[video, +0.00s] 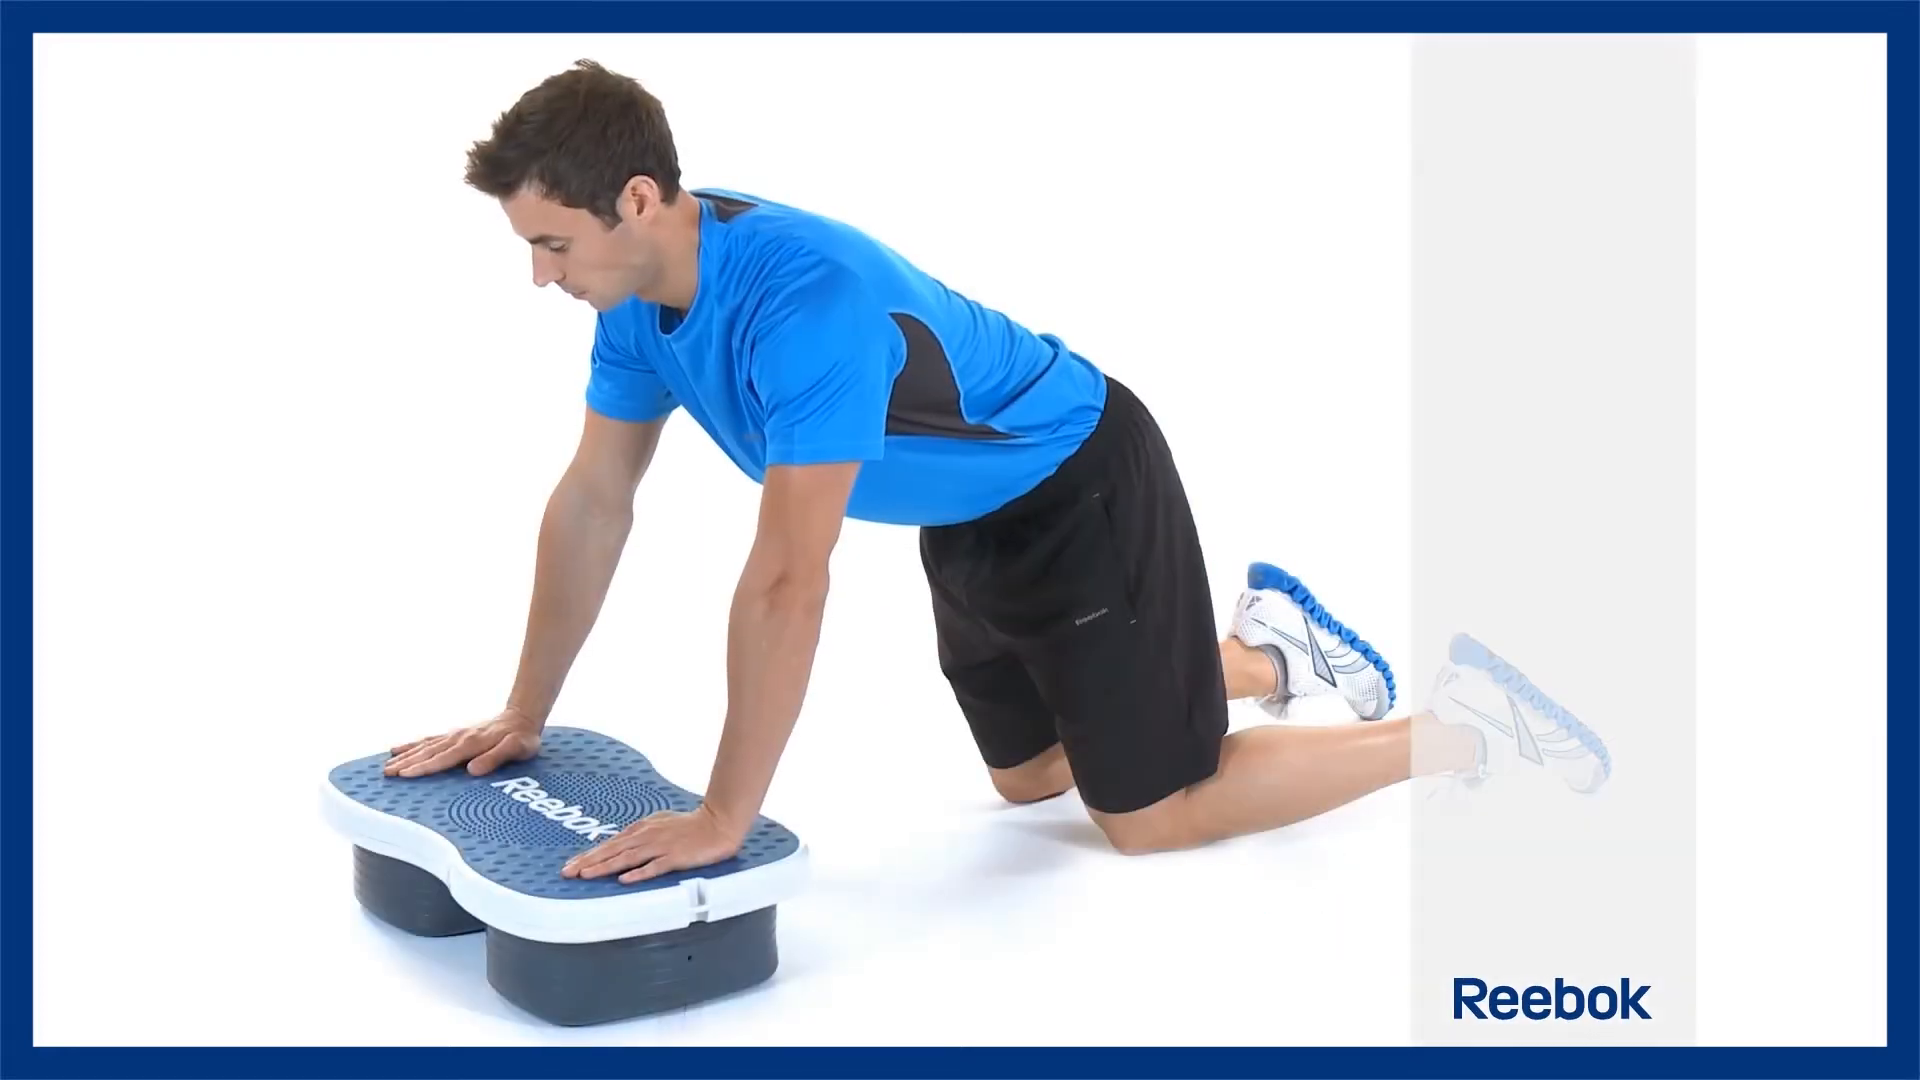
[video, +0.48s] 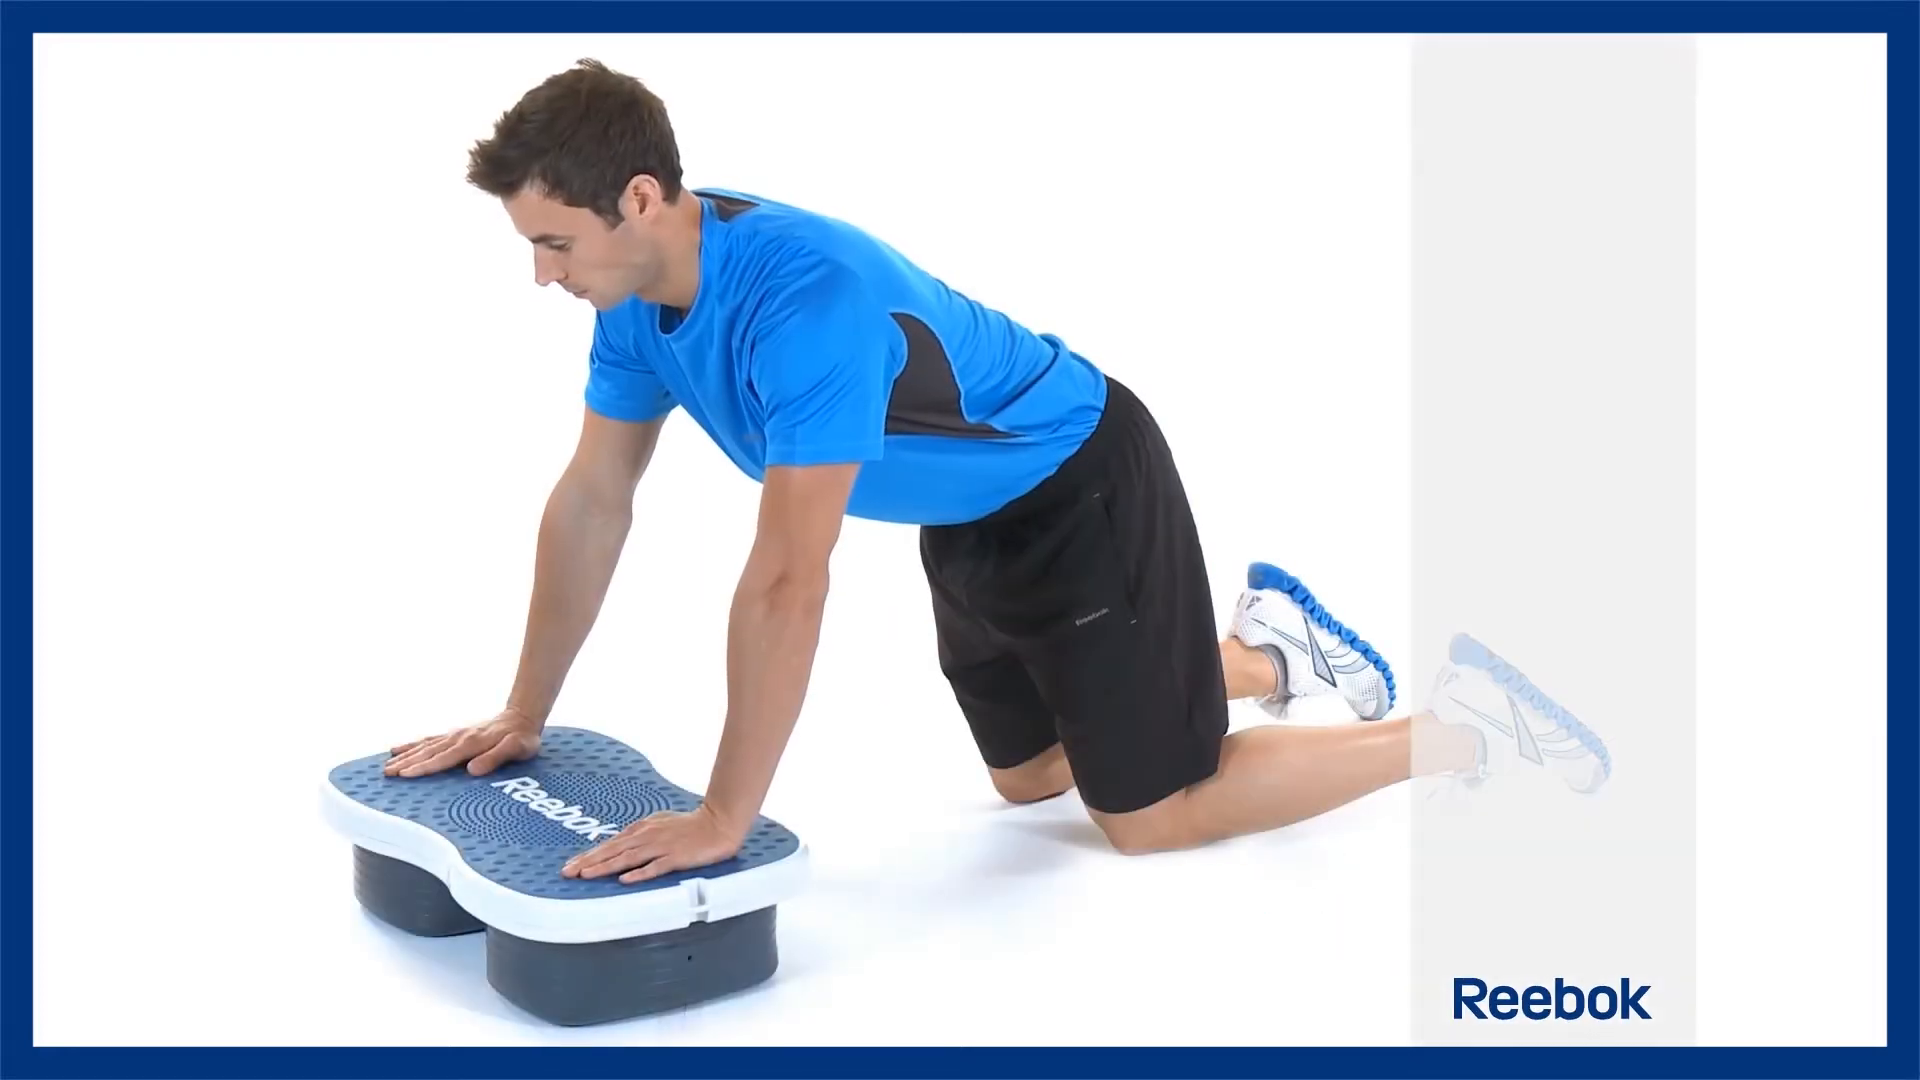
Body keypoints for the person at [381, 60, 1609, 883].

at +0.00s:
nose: (539, 275)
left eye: (550, 245)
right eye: (527, 249)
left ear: (641, 201)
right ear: (611, 213)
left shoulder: (804, 302)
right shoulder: (636, 310)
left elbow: (787, 583)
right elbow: (590, 510)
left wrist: (727, 814)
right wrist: (526, 715)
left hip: (1077, 477)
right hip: (958, 517)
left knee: (1154, 808)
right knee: (1039, 778)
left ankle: (1450, 733)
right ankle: (1263, 659)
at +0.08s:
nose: (540, 273)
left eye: (550, 243)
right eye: (528, 247)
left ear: (641, 200)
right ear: (611, 213)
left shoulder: (804, 302)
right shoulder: (636, 310)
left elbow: (788, 583)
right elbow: (590, 509)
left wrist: (727, 814)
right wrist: (525, 715)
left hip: (1077, 477)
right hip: (958, 516)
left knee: (1154, 807)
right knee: (1039, 777)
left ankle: (1449, 734)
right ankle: (1262, 659)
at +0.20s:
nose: (539, 271)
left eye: (550, 241)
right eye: (528, 245)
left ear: (641, 199)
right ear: (611, 212)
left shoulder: (802, 302)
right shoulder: (636, 310)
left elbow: (787, 584)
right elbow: (590, 509)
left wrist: (726, 815)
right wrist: (526, 715)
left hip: (1076, 476)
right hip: (959, 515)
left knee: (1153, 807)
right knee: (1039, 777)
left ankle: (1450, 735)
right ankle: (1264, 659)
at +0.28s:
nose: (539, 270)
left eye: (549, 240)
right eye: (527, 244)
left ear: (641, 199)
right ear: (611, 212)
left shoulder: (805, 302)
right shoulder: (635, 310)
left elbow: (788, 582)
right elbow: (589, 509)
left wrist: (726, 815)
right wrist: (526, 714)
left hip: (1077, 477)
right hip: (958, 516)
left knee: (1152, 807)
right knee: (1038, 776)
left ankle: (1450, 735)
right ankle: (1264, 659)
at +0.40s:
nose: (539, 271)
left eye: (550, 241)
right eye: (528, 245)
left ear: (642, 200)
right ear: (611, 213)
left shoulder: (806, 301)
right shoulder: (635, 310)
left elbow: (788, 581)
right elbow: (589, 509)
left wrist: (727, 814)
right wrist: (526, 714)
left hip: (1076, 476)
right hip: (958, 517)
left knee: (1152, 807)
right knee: (1038, 777)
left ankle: (1449, 734)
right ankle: (1262, 659)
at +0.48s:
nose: (539, 271)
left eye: (550, 241)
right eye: (528, 245)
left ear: (642, 200)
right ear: (611, 213)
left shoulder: (805, 301)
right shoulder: (635, 310)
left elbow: (789, 580)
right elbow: (589, 508)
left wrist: (727, 814)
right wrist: (526, 714)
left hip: (1077, 476)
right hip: (958, 516)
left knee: (1152, 807)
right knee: (1038, 777)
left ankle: (1449, 734)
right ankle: (1262, 659)